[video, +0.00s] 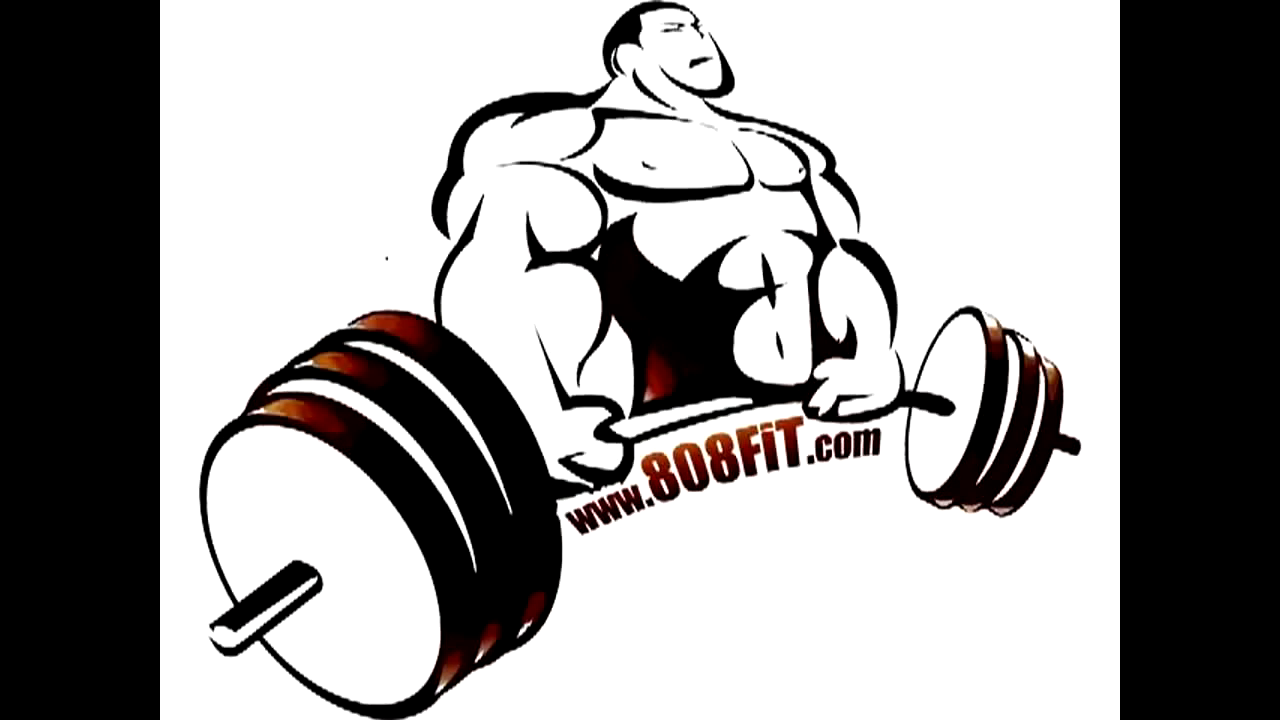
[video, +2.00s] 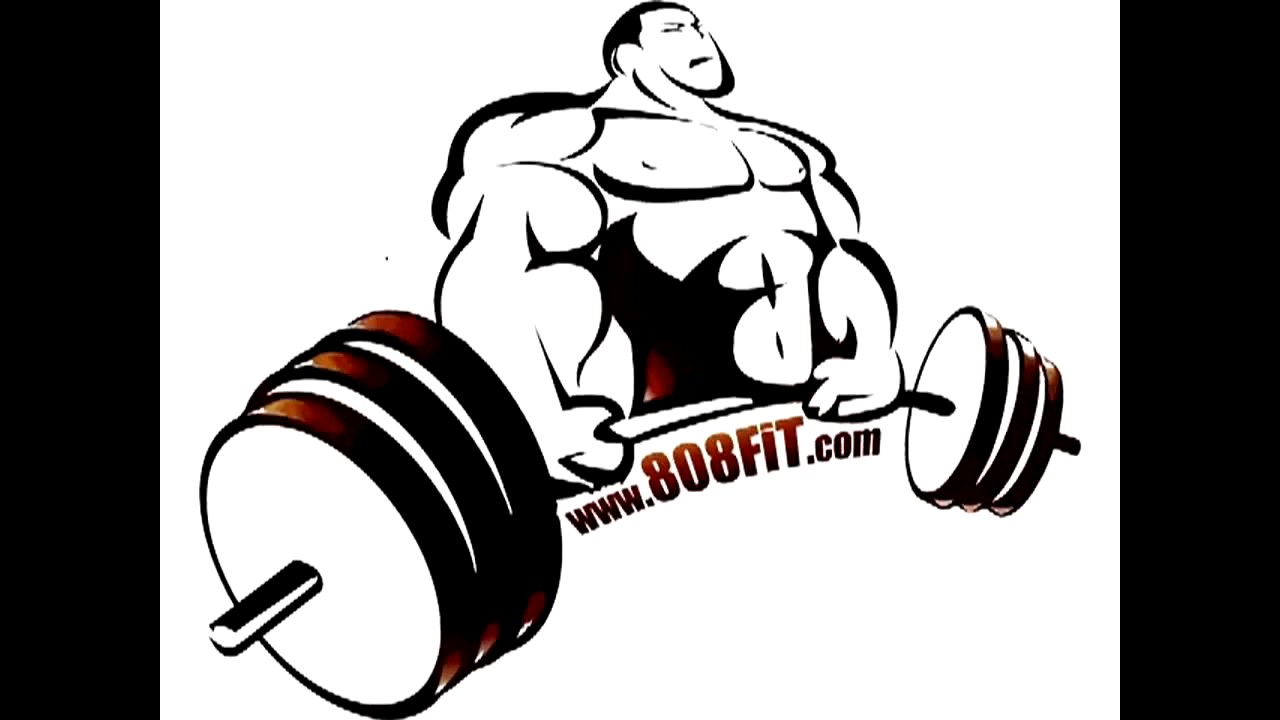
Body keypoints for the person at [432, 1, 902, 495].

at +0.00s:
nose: (702, 40)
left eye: (701, 28)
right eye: (675, 30)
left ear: (713, 45)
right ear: (628, 59)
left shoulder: (776, 145)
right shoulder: (593, 126)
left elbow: (850, 250)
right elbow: (487, 155)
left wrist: (878, 358)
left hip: (747, 331)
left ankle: (870, 369)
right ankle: (577, 429)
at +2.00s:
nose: (702, 40)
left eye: (701, 28)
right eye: (675, 30)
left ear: (713, 45)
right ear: (628, 59)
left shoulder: (776, 145)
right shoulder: (593, 127)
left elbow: (850, 250)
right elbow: (487, 155)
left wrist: (878, 358)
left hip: (747, 331)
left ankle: (870, 369)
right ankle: (577, 429)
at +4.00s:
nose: (702, 40)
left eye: (701, 28)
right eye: (676, 30)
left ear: (712, 45)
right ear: (628, 59)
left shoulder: (775, 145)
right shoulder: (594, 126)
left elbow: (850, 249)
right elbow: (487, 154)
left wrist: (877, 358)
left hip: (747, 330)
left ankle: (869, 369)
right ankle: (578, 428)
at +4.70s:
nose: (701, 43)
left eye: (700, 29)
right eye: (676, 31)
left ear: (717, 41)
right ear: (628, 58)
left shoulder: (779, 148)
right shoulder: (589, 131)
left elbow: (848, 254)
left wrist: (871, 361)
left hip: (750, 328)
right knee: (516, 191)